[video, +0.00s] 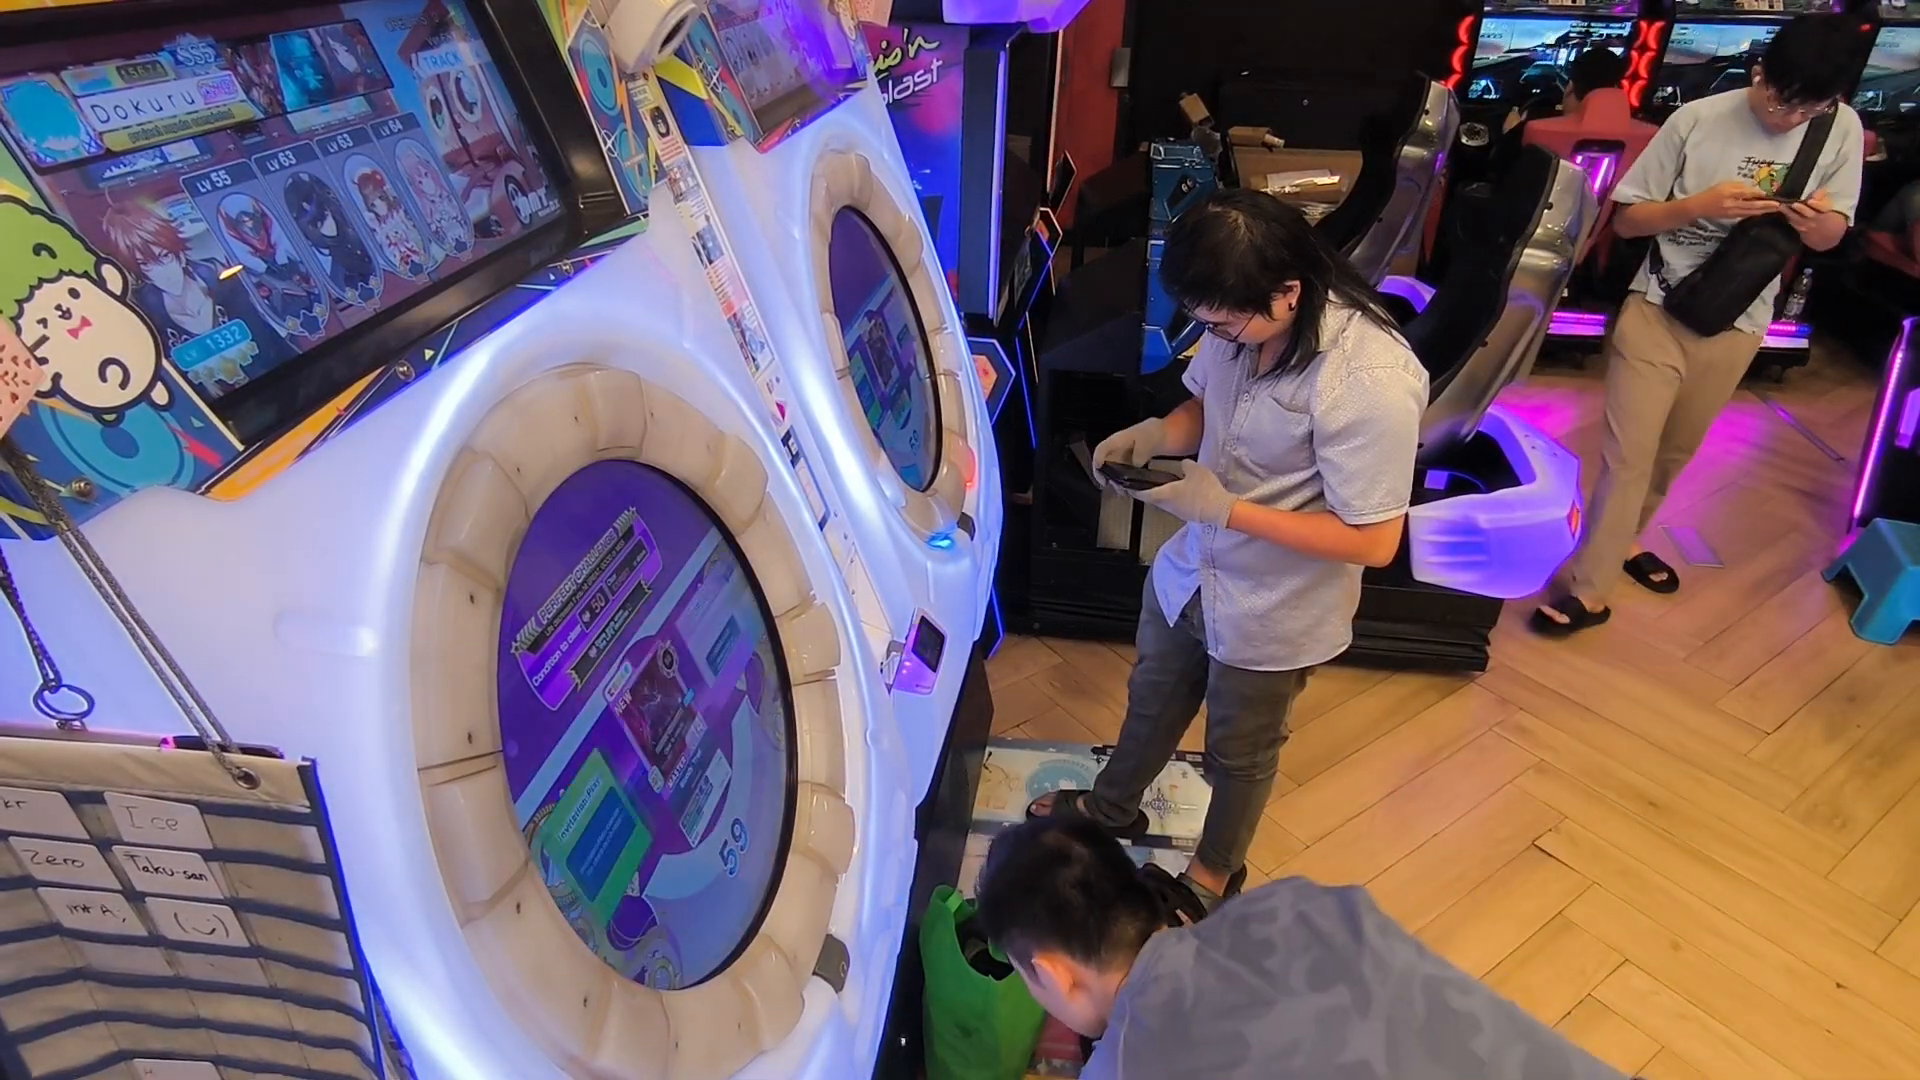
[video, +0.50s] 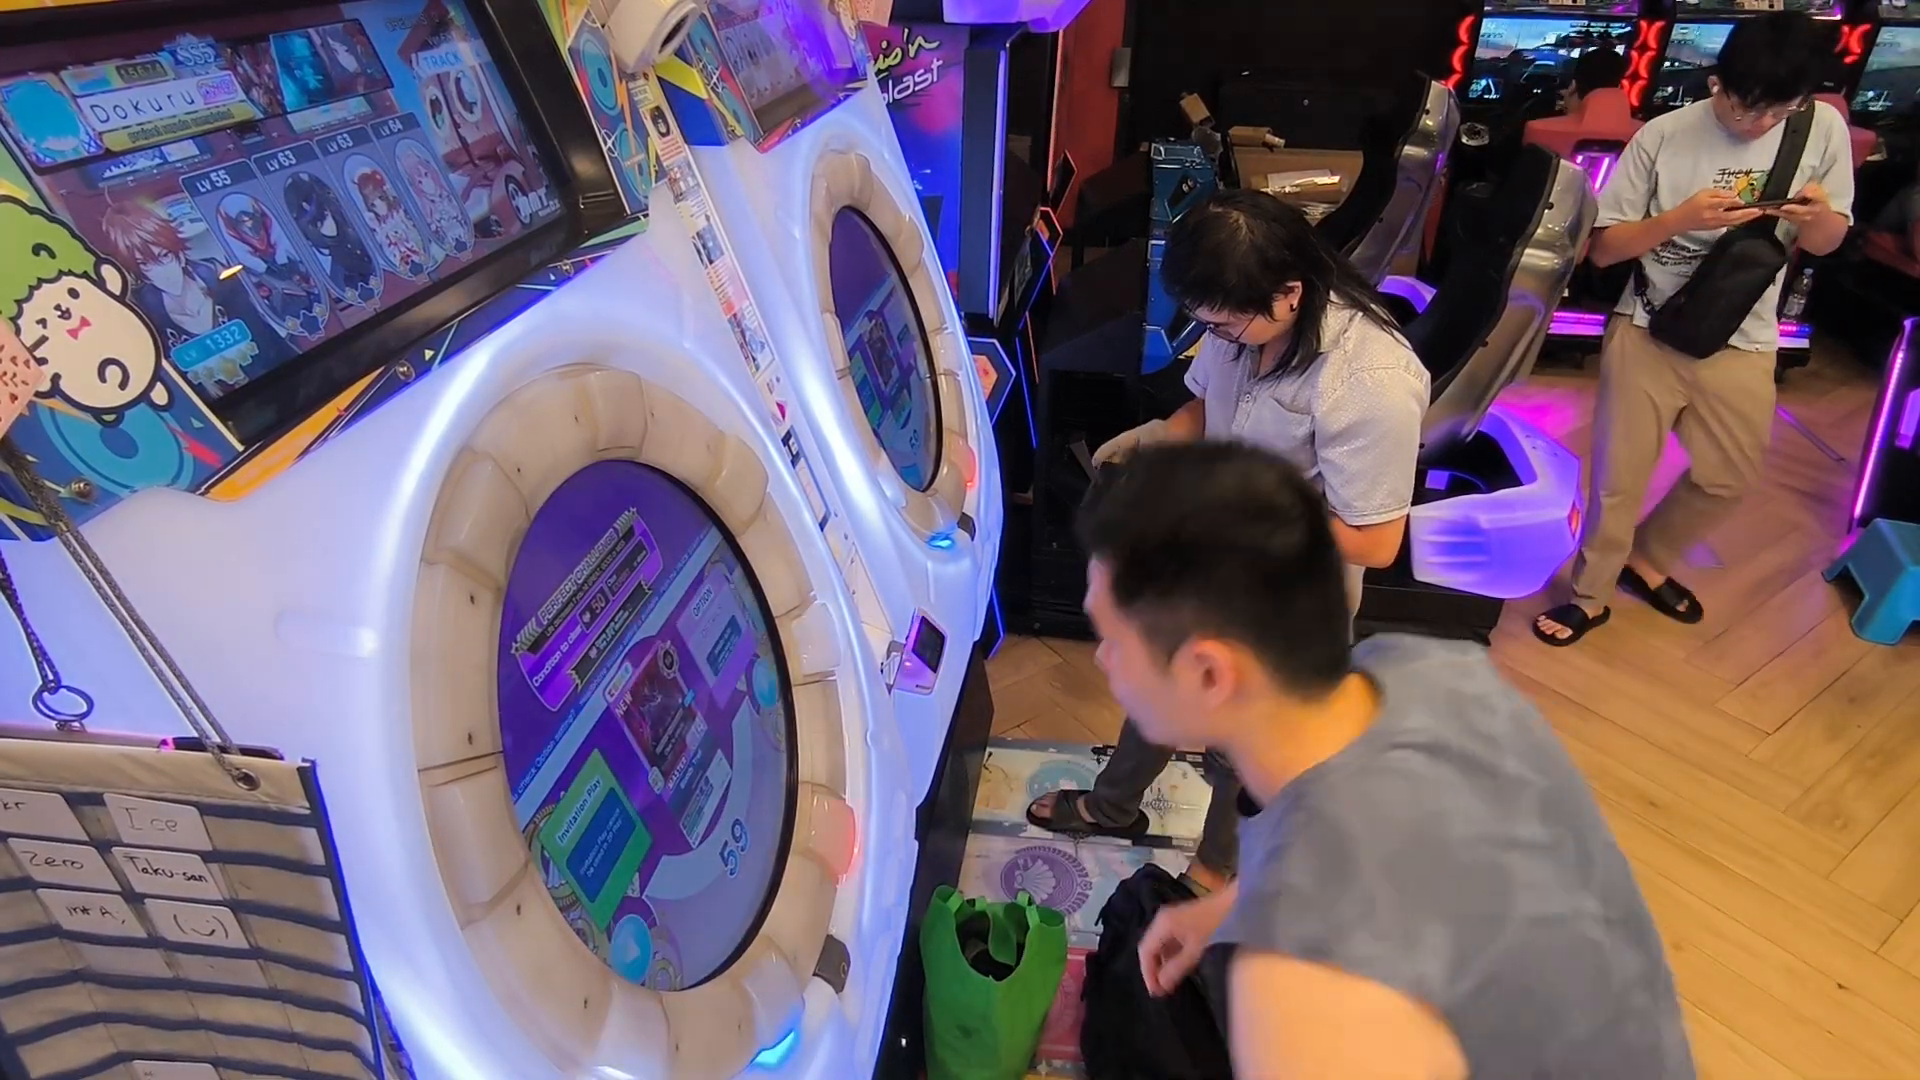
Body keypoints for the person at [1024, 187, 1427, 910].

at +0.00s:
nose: (1217, 332)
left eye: (1230, 319)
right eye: (1208, 318)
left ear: (1288, 294)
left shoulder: (1368, 384)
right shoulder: (1237, 320)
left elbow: (1374, 541)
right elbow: (1205, 408)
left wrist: (1228, 510)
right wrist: (1154, 437)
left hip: (1273, 605)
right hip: (1190, 561)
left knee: (1239, 752)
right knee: (1153, 696)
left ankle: (1214, 873)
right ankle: (1108, 810)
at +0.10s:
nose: (1215, 332)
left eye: (1227, 320)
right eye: (1207, 319)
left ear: (1287, 295)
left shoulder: (1368, 383)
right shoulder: (1236, 321)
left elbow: (1375, 543)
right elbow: (1206, 410)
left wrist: (1227, 510)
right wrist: (1153, 439)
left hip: (1274, 605)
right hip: (1191, 564)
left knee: (1240, 752)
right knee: (1151, 705)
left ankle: (1213, 872)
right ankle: (1105, 813)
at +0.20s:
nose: (1213, 333)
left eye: (1225, 321)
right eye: (1206, 320)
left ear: (1287, 295)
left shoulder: (1369, 384)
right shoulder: (1239, 317)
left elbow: (1375, 542)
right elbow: (1207, 410)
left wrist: (1227, 509)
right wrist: (1154, 440)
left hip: (1274, 606)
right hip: (1193, 565)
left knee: (1238, 760)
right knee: (1150, 709)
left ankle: (1216, 874)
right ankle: (1108, 814)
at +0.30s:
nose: (1212, 330)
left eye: (1226, 318)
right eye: (1206, 316)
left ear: (1288, 295)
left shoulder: (1368, 381)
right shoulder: (1238, 314)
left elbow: (1373, 543)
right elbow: (1206, 407)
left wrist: (1225, 510)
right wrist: (1161, 439)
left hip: (1272, 606)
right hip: (1187, 565)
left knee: (1236, 767)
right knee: (1143, 720)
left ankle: (1232, 883)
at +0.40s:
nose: (1214, 335)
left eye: (1226, 322)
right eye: (1204, 321)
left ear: (1287, 295)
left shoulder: (1367, 380)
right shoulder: (1240, 316)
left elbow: (1374, 543)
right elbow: (1204, 410)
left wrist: (1227, 510)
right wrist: (1158, 439)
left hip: (1274, 621)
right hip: (1194, 568)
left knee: (1229, 767)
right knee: (1147, 686)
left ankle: (1199, 878)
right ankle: (1117, 802)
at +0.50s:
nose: (1218, 334)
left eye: (1231, 320)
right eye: (1210, 319)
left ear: (1289, 296)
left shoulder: (1370, 384)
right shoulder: (1241, 317)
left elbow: (1375, 544)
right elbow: (1206, 408)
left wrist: (1251, 500)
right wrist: (1147, 440)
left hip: (1304, 579)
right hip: (1215, 538)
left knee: (1252, 728)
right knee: (1165, 669)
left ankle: (1220, 868)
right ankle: (1117, 801)